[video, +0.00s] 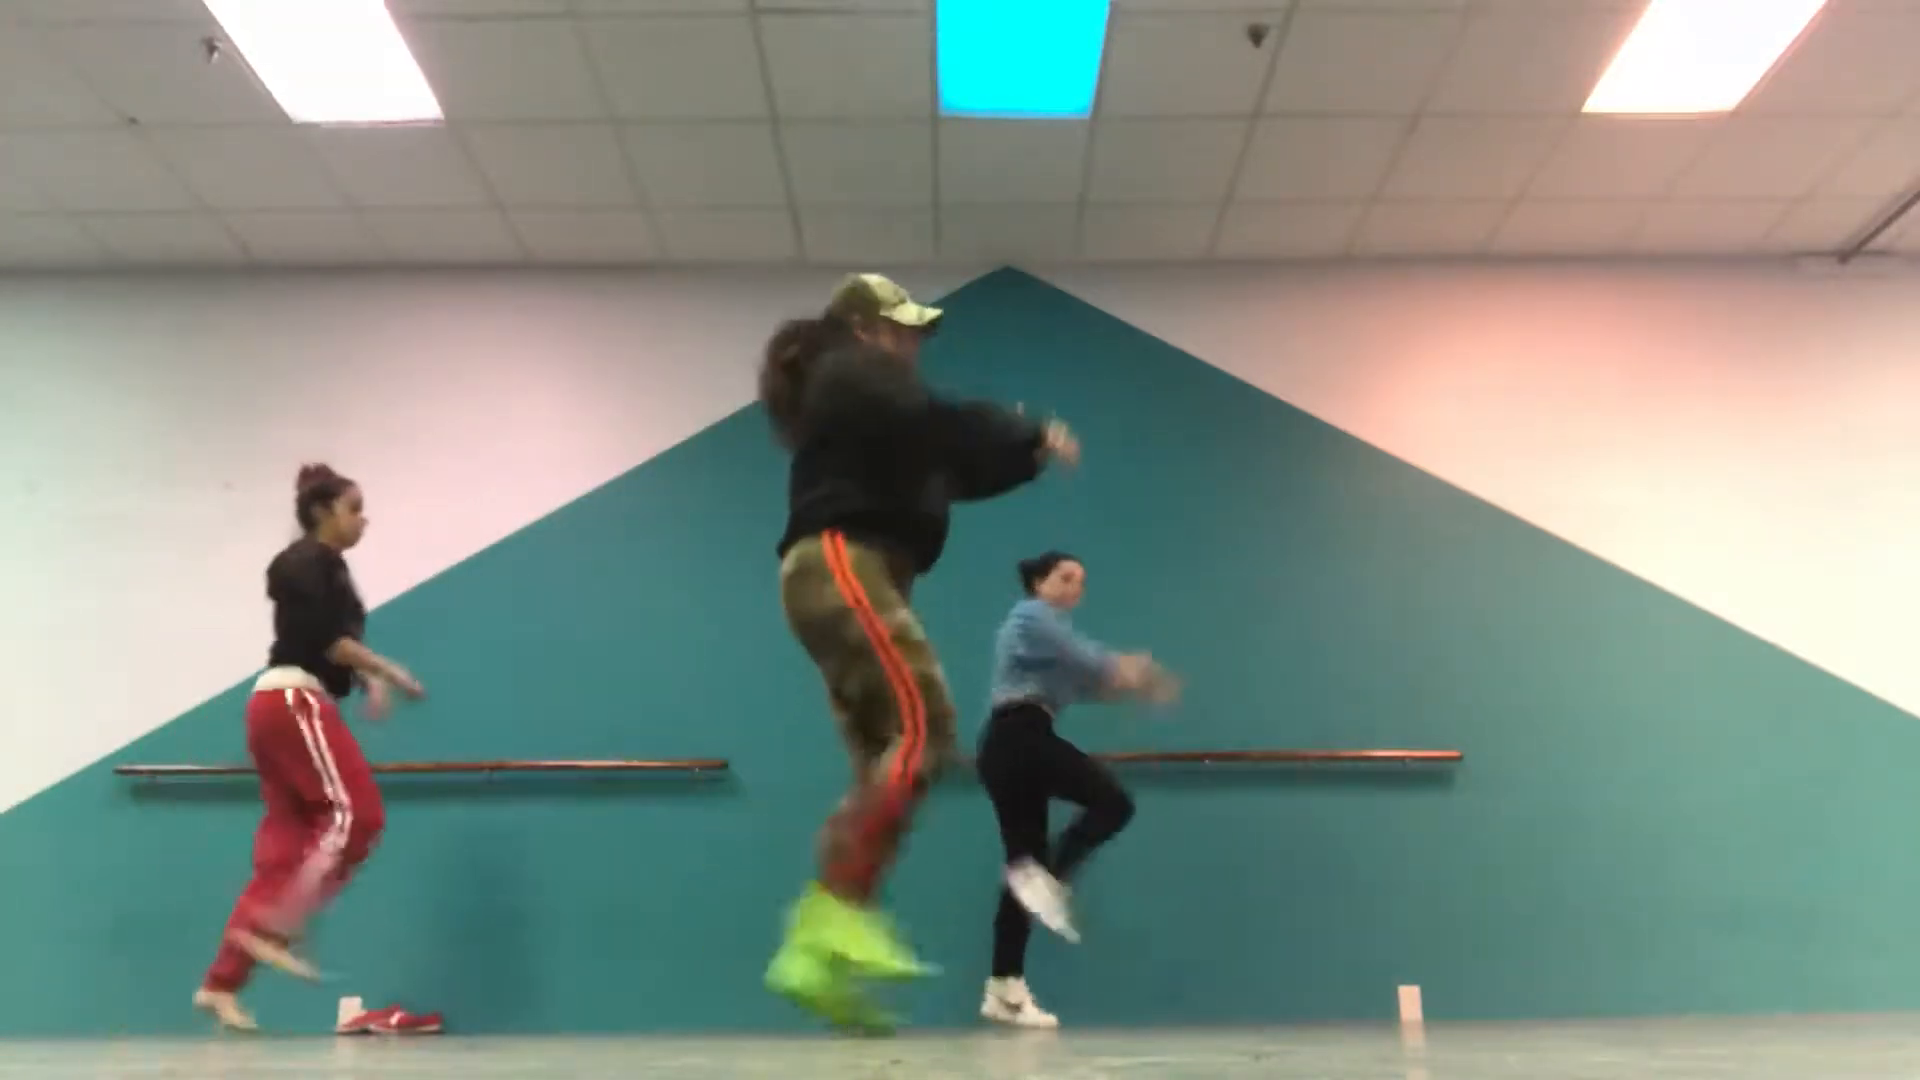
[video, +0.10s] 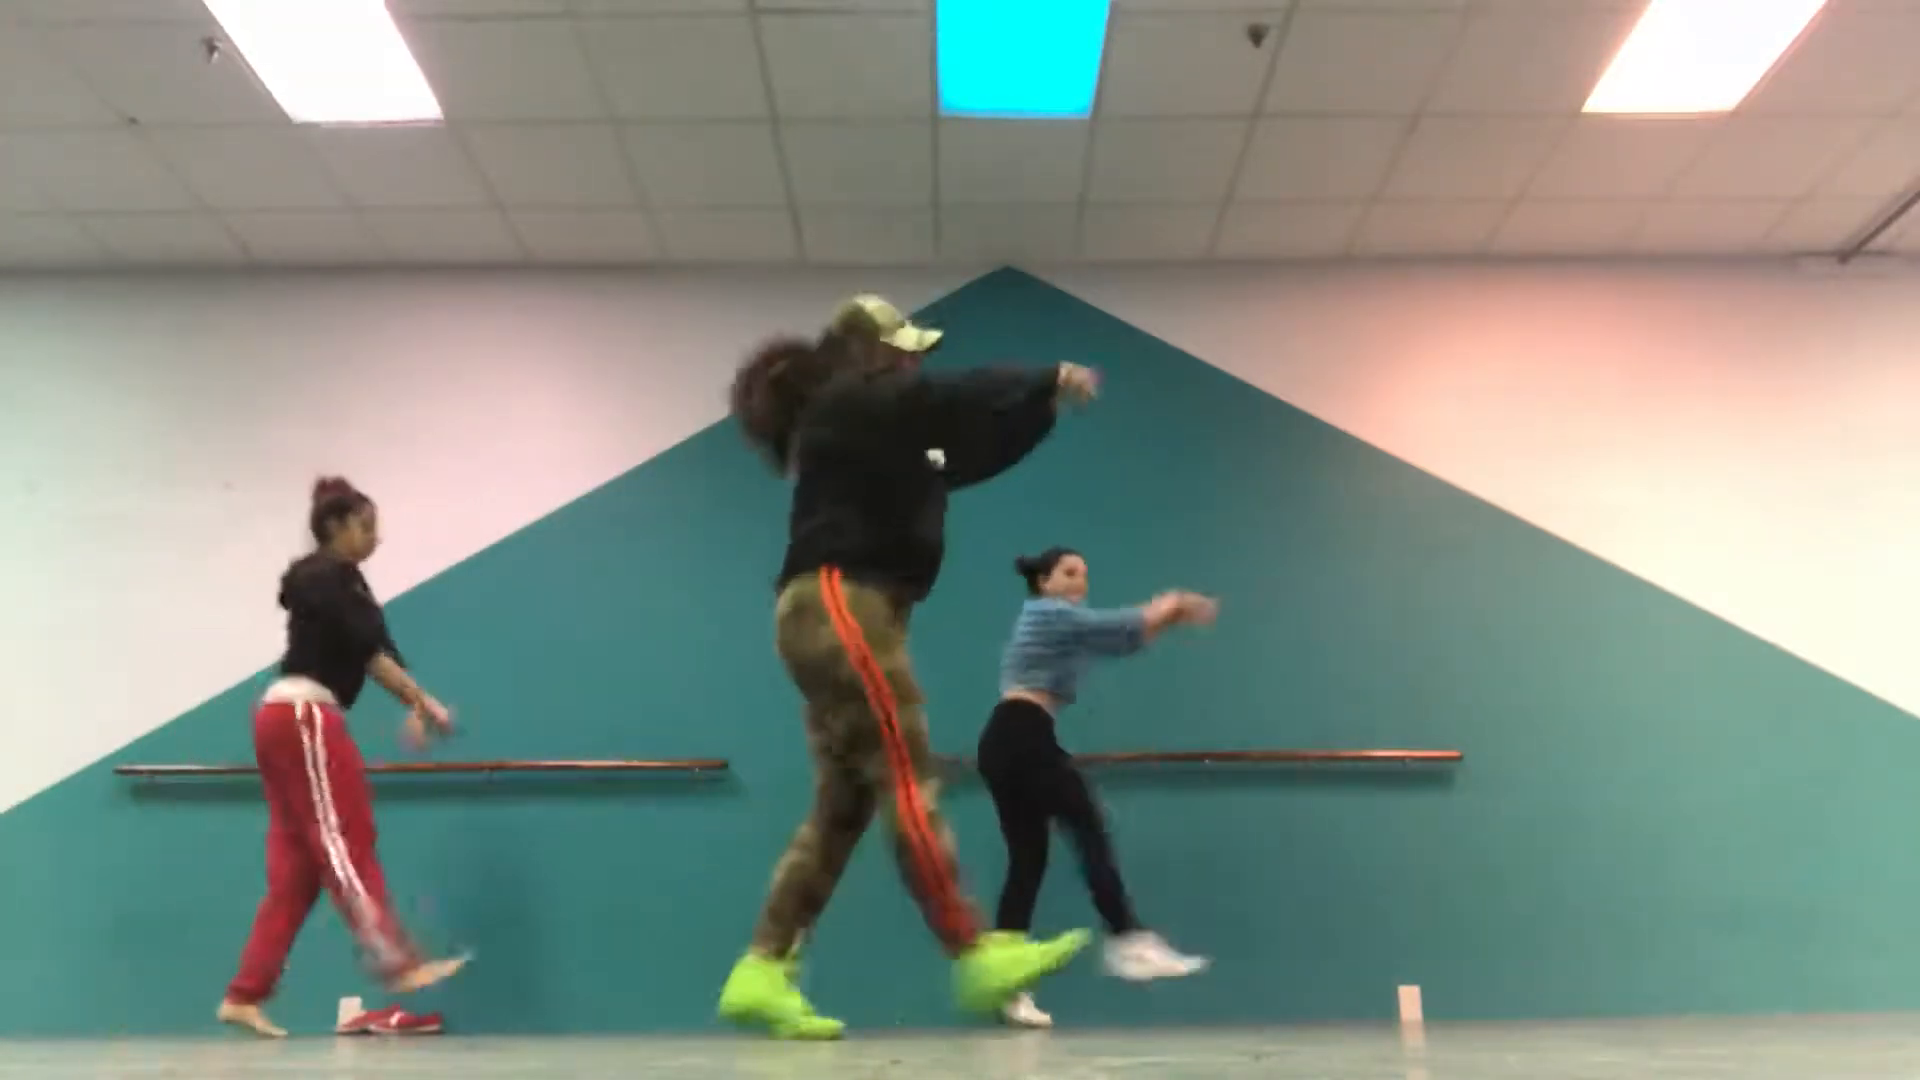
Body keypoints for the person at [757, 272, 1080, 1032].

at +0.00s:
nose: (915, 343)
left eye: (915, 333)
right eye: (903, 331)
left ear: (871, 329)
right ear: (864, 328)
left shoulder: (876, 394)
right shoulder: (847, 373)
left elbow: (949, 467)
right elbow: (929, 425)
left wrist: (1031, 453)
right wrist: (1027, 432)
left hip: (852, 570)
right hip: (838, 561)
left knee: (887, 760)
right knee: (920, 731)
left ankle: (822, 946)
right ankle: (839, 902)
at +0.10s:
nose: (919, 366)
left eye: (918, 355)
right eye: (908, 354)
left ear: (879, 352)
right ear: (868, 351)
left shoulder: (900, 428)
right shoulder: (849, 401)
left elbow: (975, 452)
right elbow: (946, 397)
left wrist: (1043, 408)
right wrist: (1048, 379)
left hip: (862, 608)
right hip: (836, 599)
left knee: (844, 798)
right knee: (905, 767)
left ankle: (765, 969)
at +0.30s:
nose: (929, 361)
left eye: (928, 349)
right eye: (917, 348)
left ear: (876, 348)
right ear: (881, 346)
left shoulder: (882, 405)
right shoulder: (873, 396)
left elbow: (969, 467)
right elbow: (957, 450)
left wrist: (1049, 519)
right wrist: (1050, 497)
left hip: (857, 597)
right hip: (851, 594)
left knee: (905, 794)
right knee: (938, 767)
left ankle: (809, 947)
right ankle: (968, 960)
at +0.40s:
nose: (951, 383)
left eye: (951, 370)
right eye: (940, 369)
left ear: (913, 371)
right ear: (901, 368)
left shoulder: (933, 445)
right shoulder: (873, 426)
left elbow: (974, 536)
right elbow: (907, 532)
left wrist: (1001, 612)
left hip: (883, 621)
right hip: (859, 617)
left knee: (947, 798)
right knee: (956, 785)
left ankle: (826, 926)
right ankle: (945, 979)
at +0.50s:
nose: (971, 397)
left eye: (970, 385)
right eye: (963, 385)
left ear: (930, 386)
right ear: (929, 385)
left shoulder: (946, 464)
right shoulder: (890, 454)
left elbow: (926, 564)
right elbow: (865, 556)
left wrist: (936, 665)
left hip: (901, 648)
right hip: (876, 650)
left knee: (938, 834)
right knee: (980, 795)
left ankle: (805, 923)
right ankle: (947, 981)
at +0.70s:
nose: (959, 432)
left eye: (958, 420)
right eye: (950, 419)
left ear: (924, 421)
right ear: (914, 422)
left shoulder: (926, 492)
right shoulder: (874, 493)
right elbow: (820, 518)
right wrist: (765, 536)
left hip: (878, 681)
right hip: (841, 679)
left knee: (816, 843)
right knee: (953, 789)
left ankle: (699, 971)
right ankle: (962, 983)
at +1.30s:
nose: (905, 334)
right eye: (901, 324)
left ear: (834, 346)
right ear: (899, 332)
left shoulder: (825, 404)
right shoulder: (938, 391)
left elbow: (888, 478)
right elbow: (984, 505)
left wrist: (997, 486)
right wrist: (970, 535)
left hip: (796, 575)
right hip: (873, 575)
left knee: (890, 744)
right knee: (874, 764)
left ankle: (828, 882)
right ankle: (864, 962)